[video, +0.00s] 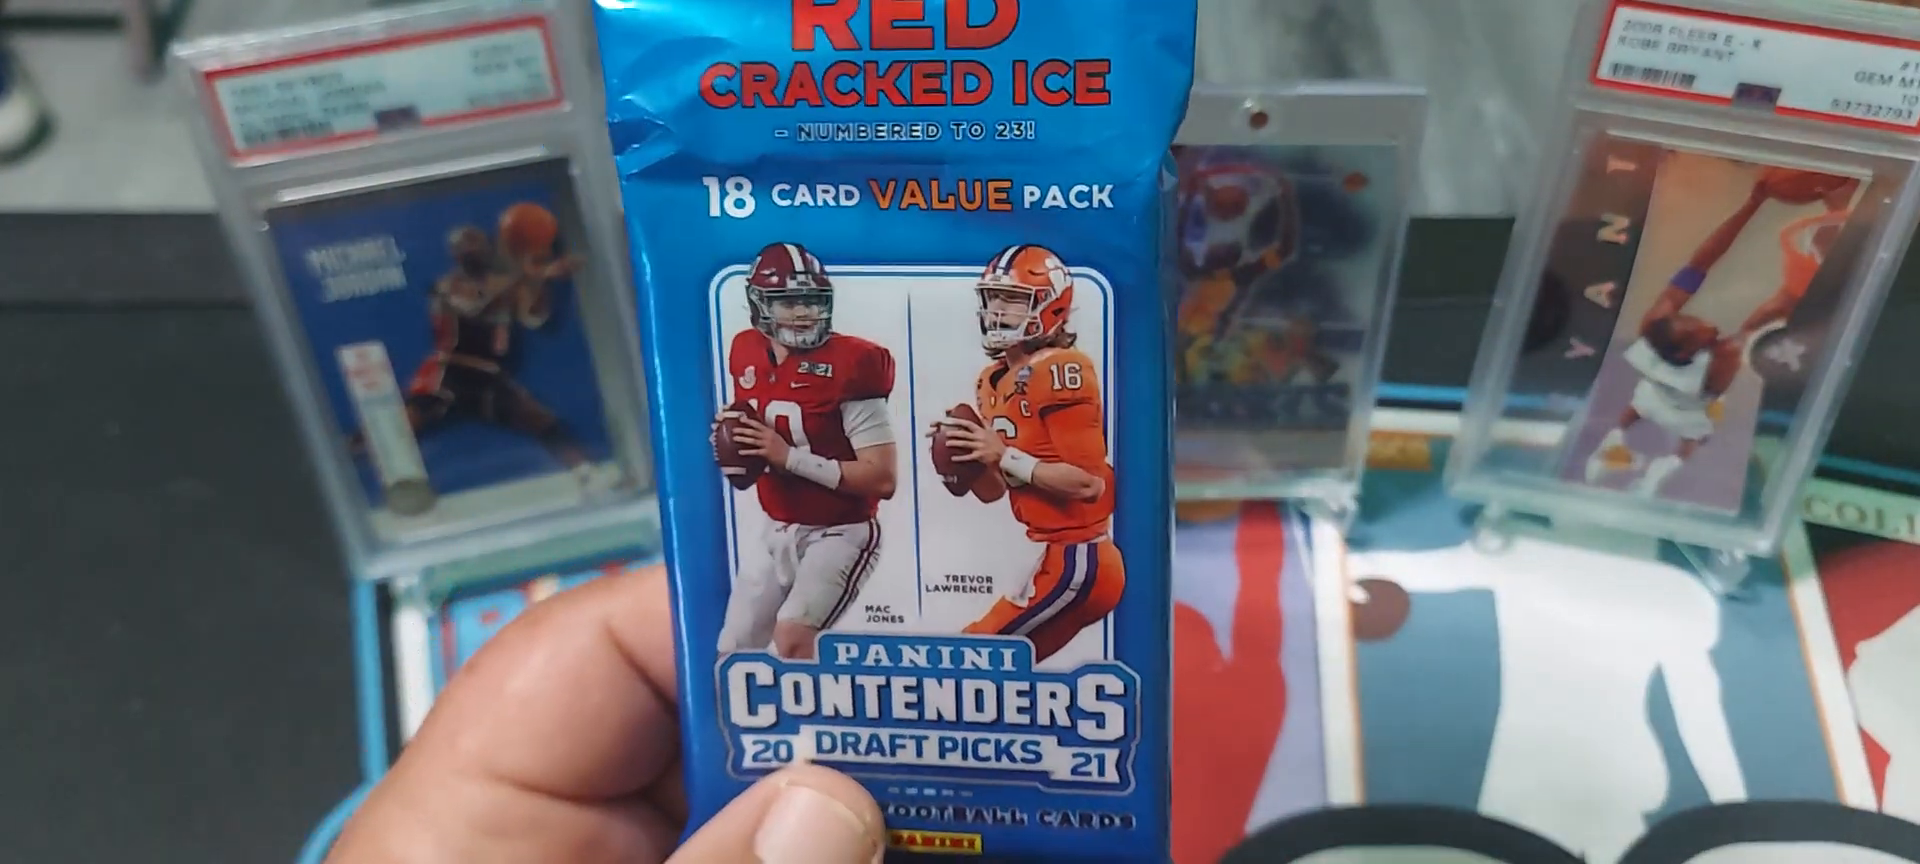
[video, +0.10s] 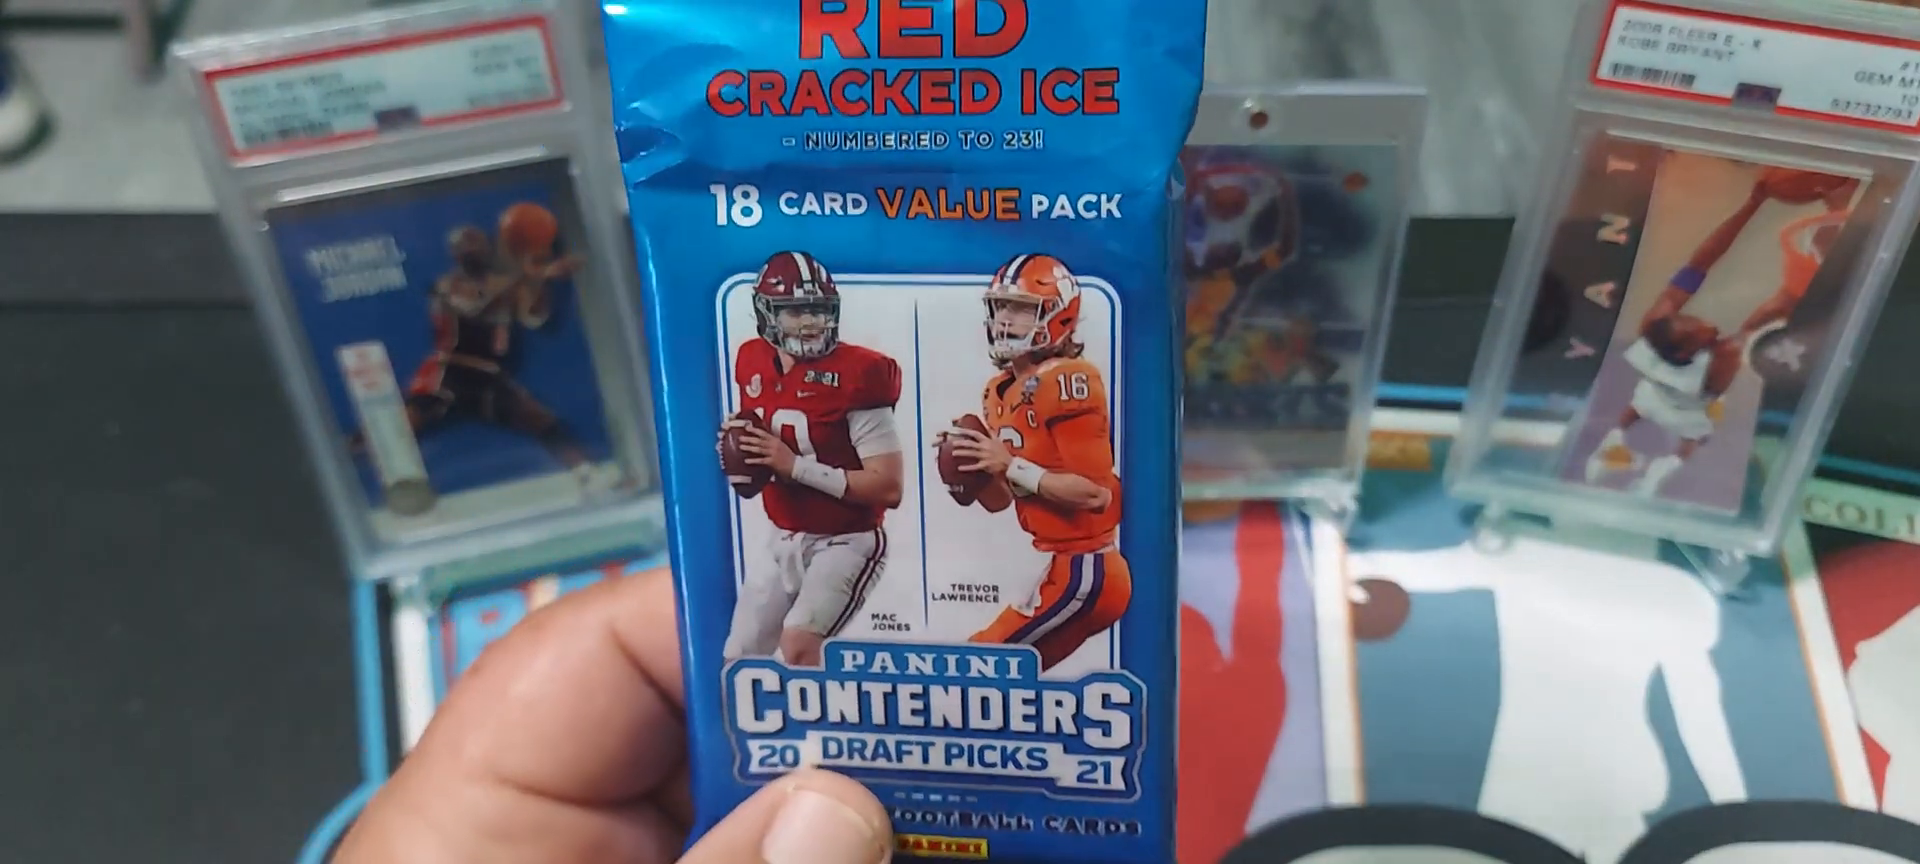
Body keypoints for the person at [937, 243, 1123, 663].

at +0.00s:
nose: (996, 313)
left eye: (1011, 301)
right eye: (992, 300)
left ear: (1047, 306)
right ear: (983, 303)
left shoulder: (1062, 371)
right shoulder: (992, 380)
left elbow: (1087, 482)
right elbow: (990, 490)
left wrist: (1001, 455)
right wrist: (961, 453)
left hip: (1078, 562)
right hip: (1052, 558)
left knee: (966, 663)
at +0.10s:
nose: (1004, 320)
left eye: (1019, 309)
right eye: (1000, 308)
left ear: (1054, 315)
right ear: (991, 312)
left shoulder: (1070, 382)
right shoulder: (999, 390)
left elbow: (1093, 492)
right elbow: (996, 500)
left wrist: (1008, 464)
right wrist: (968, 458)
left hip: (1085, 573)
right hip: (1059, 569)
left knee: (973, 671)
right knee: (984, 677)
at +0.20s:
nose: (1006, 347)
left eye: (1021, 336)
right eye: (1002, 335)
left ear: (1057, 342)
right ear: (992, 338)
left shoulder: (1072, 406)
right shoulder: (1001, 415)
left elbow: (1098, 517)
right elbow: (1000, 522)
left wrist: (1011, 487)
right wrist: (970, 485)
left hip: (1090, 595)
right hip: (1061, 590)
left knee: (975, 688)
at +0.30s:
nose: (1017, 335)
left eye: (1032, 324)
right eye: (1013, 323)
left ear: (1067, 330)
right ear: (1003, 326)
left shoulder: (1081, 394)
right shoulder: (1010, 403)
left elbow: (1104, 504)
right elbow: (1007, 510)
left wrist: (1018, 475)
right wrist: (979, 473)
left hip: (1097, 583)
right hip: (1071, 579)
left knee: (987, 679)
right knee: (993, 683)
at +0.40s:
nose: (1010, 334)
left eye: (1026, 323)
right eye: (1006, 321)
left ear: (1061, 327)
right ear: (995, 324)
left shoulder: (1075, 391)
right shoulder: (1004, 401)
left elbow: (1098, 503)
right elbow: (1002, 510)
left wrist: (1014, 475)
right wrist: (973, 470)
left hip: (1090, 580)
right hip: (1063, 576)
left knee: (980, 680)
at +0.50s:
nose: (1008, 327)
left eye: (1023, 316)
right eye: (1003, 314)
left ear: (1059, 320)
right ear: (994, 317)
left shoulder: (1073, 384)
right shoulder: (1003, 394)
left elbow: (1098, 494)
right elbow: (1002, 503)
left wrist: (1012, 468)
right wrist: (972, 465)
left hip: (1089, 574)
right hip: (1065, 570)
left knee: (978, 674)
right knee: (994, 683)